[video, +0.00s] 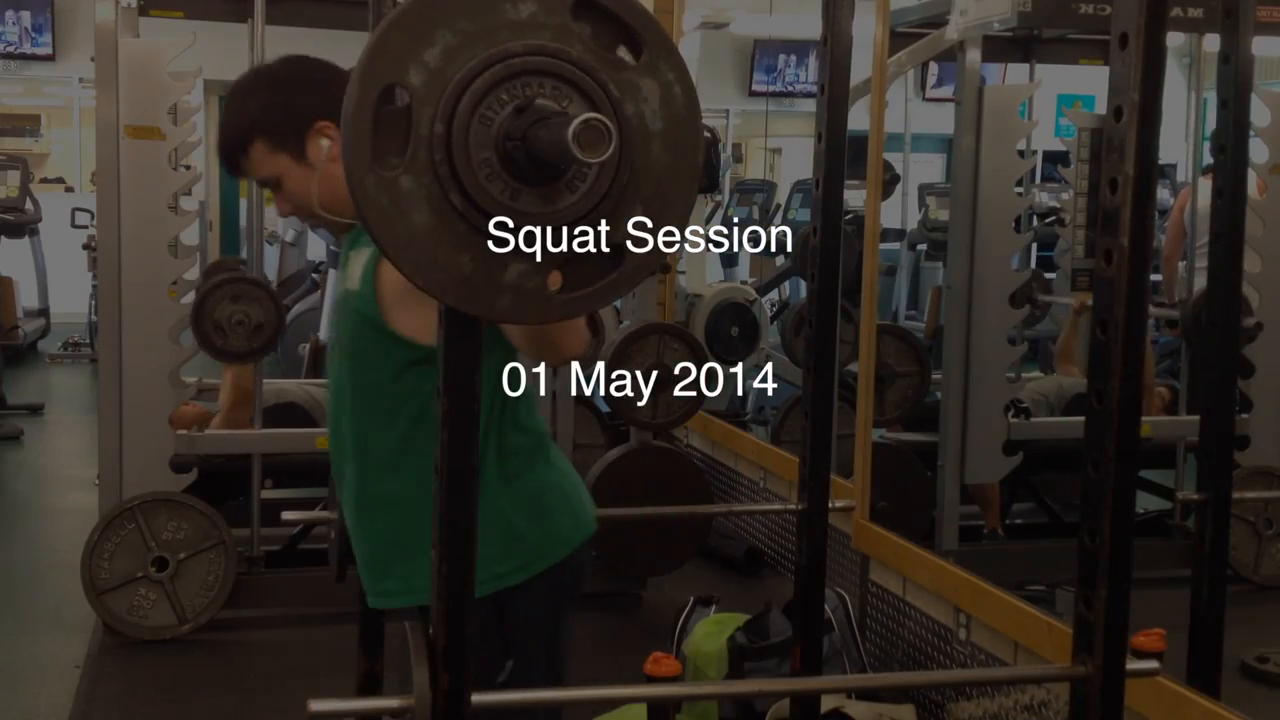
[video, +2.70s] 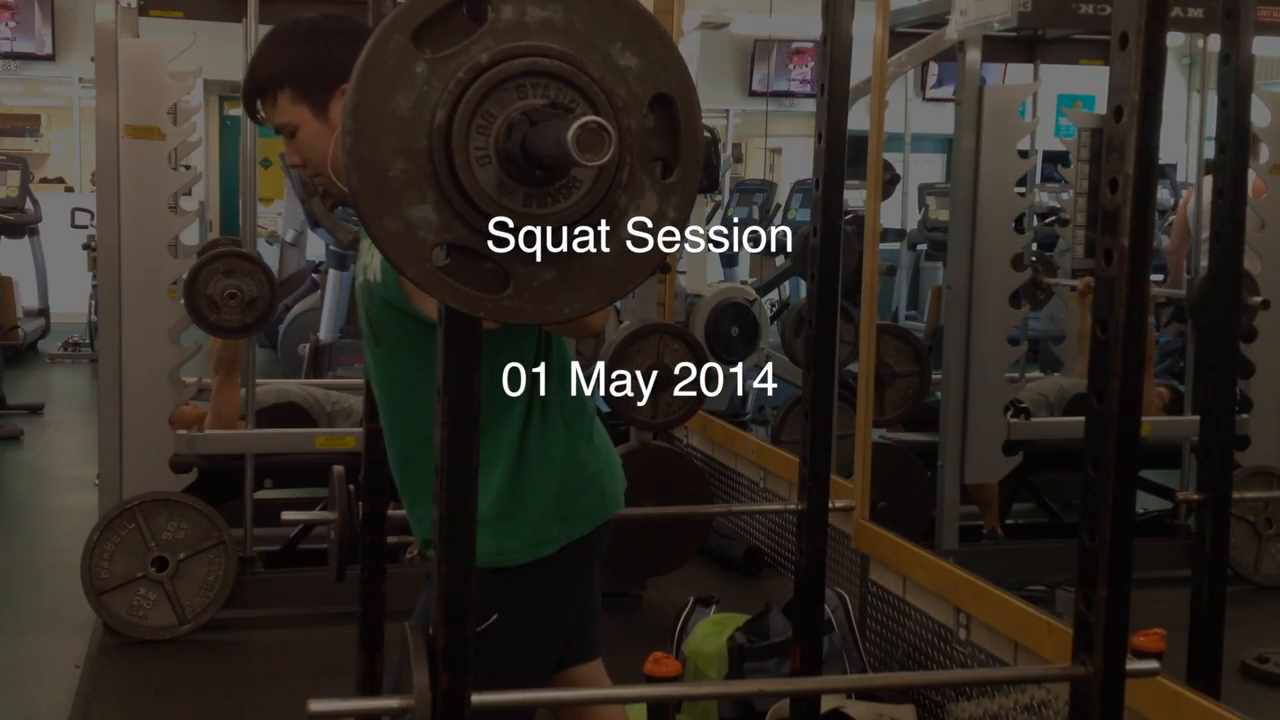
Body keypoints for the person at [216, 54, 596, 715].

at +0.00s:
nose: (280, 210)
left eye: (275, 184)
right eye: (268, 191)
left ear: (326, 144)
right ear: (327, 147)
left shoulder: (416, 245)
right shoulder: (363, 244)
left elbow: (560, 345)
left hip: (497, 566)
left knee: (509, 717)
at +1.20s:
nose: (291, 159)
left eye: (292, 134)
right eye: (281, 140)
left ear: (346, 107)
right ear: (335, 115)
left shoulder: (405, 230)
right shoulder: (374, 226)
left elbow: (567, 332)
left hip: (500, 524)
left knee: (391, 695)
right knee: (554, 686)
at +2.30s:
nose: (290, 155)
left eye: (292, 131)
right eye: (281, 139)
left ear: (347, 103)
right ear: (340, 108)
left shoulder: (405, 217)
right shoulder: (389, 220)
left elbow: (586, 320)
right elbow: (586, 319)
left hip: (512, 510)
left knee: (445, 689)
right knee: (579, 676)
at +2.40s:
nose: (289, 155)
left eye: (291, 131)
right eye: (280, 138)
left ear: (347, 103)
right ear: (342, 109)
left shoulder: (404, 215)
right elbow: (586, 318)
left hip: (509, 511)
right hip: (557, 489)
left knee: (455, 693)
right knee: (577, 676)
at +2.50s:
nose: (290, 157)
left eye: (291, 132)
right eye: (280, 140)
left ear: (347, 104)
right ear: (343, 110)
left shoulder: (403, 217)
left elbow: (588, 318)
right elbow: (588, 317)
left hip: (507, 515)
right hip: (557, 492)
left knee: (447, 695)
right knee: (578, 679)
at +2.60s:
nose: (289, 155)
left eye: (290, 131)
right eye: (280, 138)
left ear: (346, 103)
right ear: (341, 108)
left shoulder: (404, 217)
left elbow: (587, 318)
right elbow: (587, 317)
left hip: (506, 513)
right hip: (555, 492)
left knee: (450, 695)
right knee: (578, 678)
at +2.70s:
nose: (290, 154)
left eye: (291, 130)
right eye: (281, 137)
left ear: (347, 103)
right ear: (341, 109)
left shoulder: (406, 215)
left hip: (511, 509)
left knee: (457, 694)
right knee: (578, 678)